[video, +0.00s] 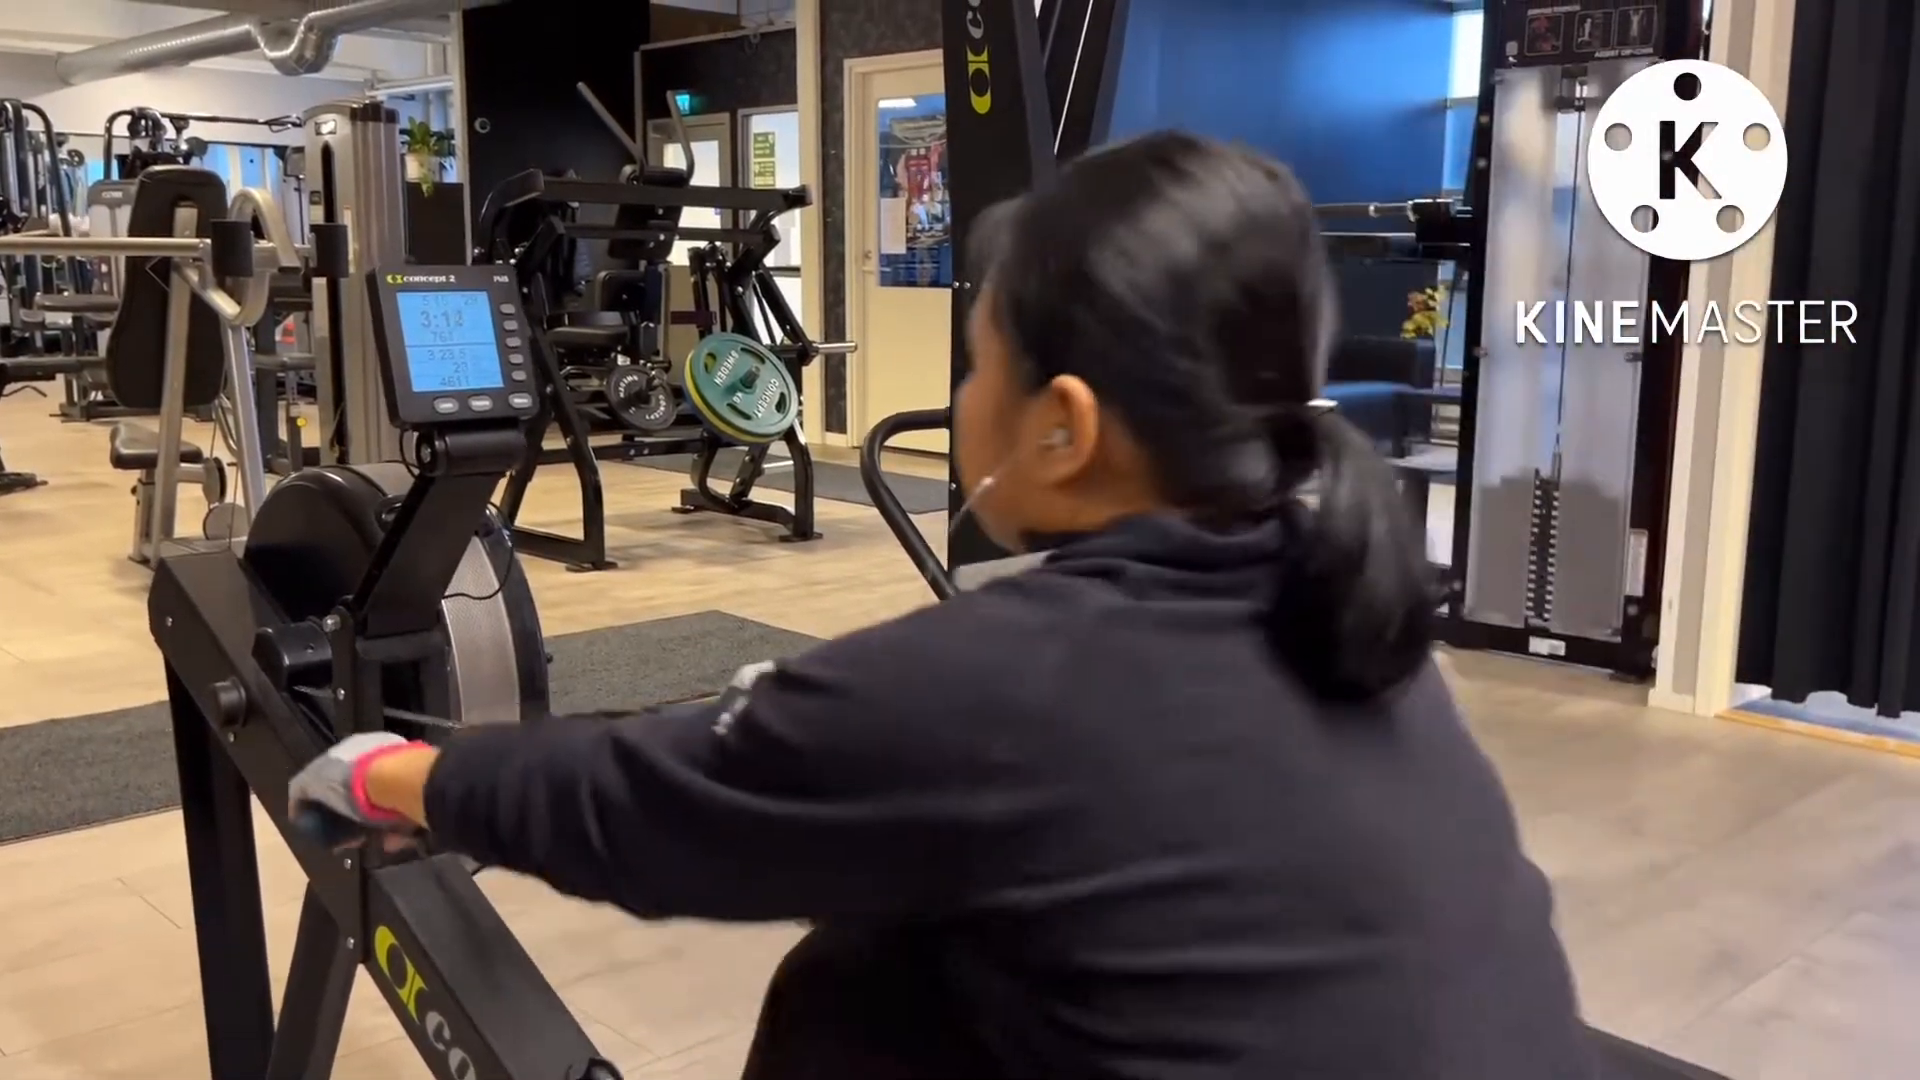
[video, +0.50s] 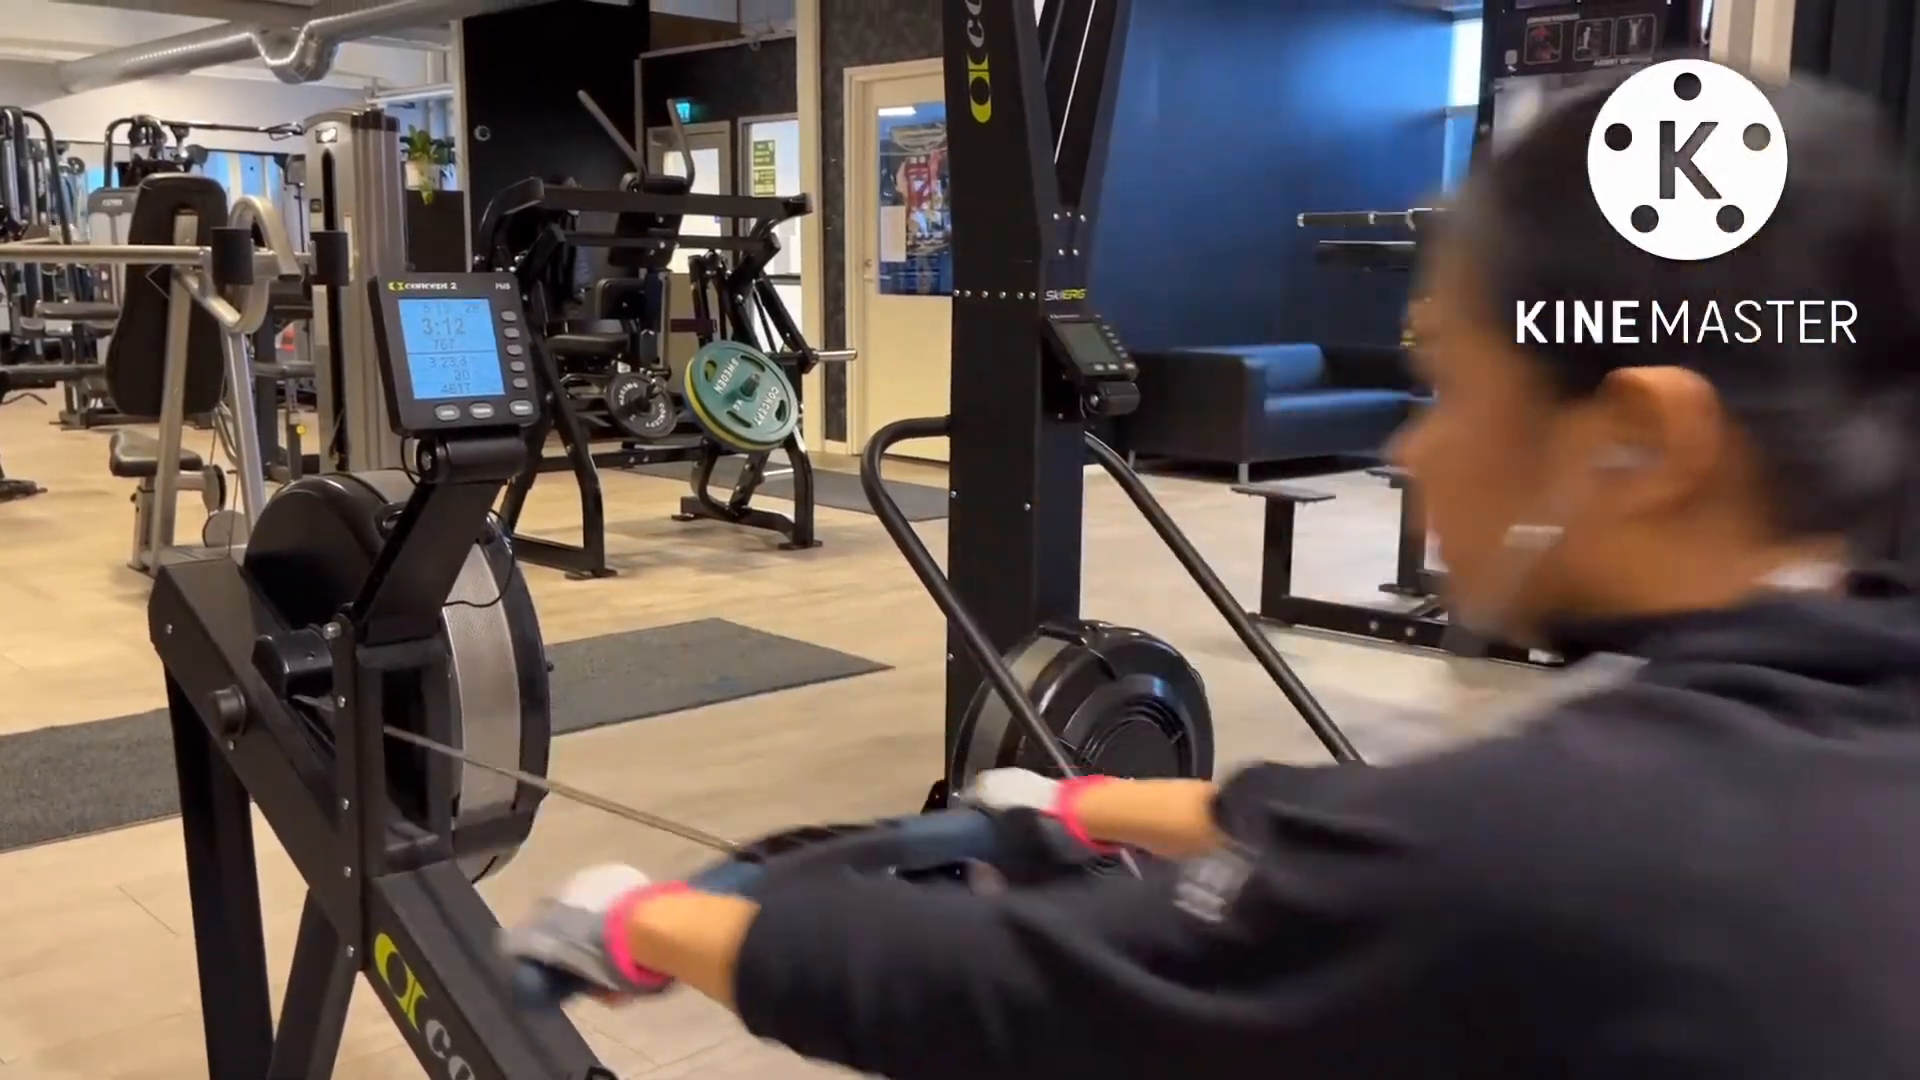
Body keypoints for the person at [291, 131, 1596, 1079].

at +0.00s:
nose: (958, 400)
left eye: (976, 363)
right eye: (970, 359)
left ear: (1072, 423)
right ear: (1266, 393)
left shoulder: (996, 677)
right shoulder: (1357, 589)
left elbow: (659, 794)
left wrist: (427, 775)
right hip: (1535, 1045)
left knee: (854, 971)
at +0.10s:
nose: (938, 402)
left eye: (959, 367)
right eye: (953, 358)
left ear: (1050, 431)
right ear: (1244, 404)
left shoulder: (973, 670)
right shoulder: (1334, 586)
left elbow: (646, 759)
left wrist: (421, 748)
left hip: (1249, 1071)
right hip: (1518, 1049)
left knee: (842, 980)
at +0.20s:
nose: (970, 421)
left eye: (989, 382)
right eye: (979, 377)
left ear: (1095, 437)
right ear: (1286, 405)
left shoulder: (1022, 692)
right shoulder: (1380, 603)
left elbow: (682, 770)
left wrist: (455, 748)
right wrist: (909, 680)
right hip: (1595, 1051)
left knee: (876, 1001)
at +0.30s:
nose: (1068, 435)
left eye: (1089, 393)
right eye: (1075, 389)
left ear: (1217, 439)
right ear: (1401, 421)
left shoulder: (1140, 720)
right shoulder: (1509, 626)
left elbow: (806, 814)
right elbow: (1270, 689)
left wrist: (524, 809)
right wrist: (994, 692)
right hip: (1678, 1042)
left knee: (944, 1029)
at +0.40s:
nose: (1228, 455)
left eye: (1253, 403)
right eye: (1234, 401)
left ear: (1412, 446)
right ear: (1608, 428)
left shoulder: (1317, 789)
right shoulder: (1722, 718)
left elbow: (910, 895)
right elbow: (1422, 801)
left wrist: (623, 880)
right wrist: (1113, 775)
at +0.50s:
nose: (1406, 457)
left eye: (1439, 397)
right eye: (1420, 396)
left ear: (1646, 444)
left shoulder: (1533, 839)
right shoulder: (1882, 698)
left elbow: (1108, 986)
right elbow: (1530, 807)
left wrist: (737, 934)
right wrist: (1210, 813)